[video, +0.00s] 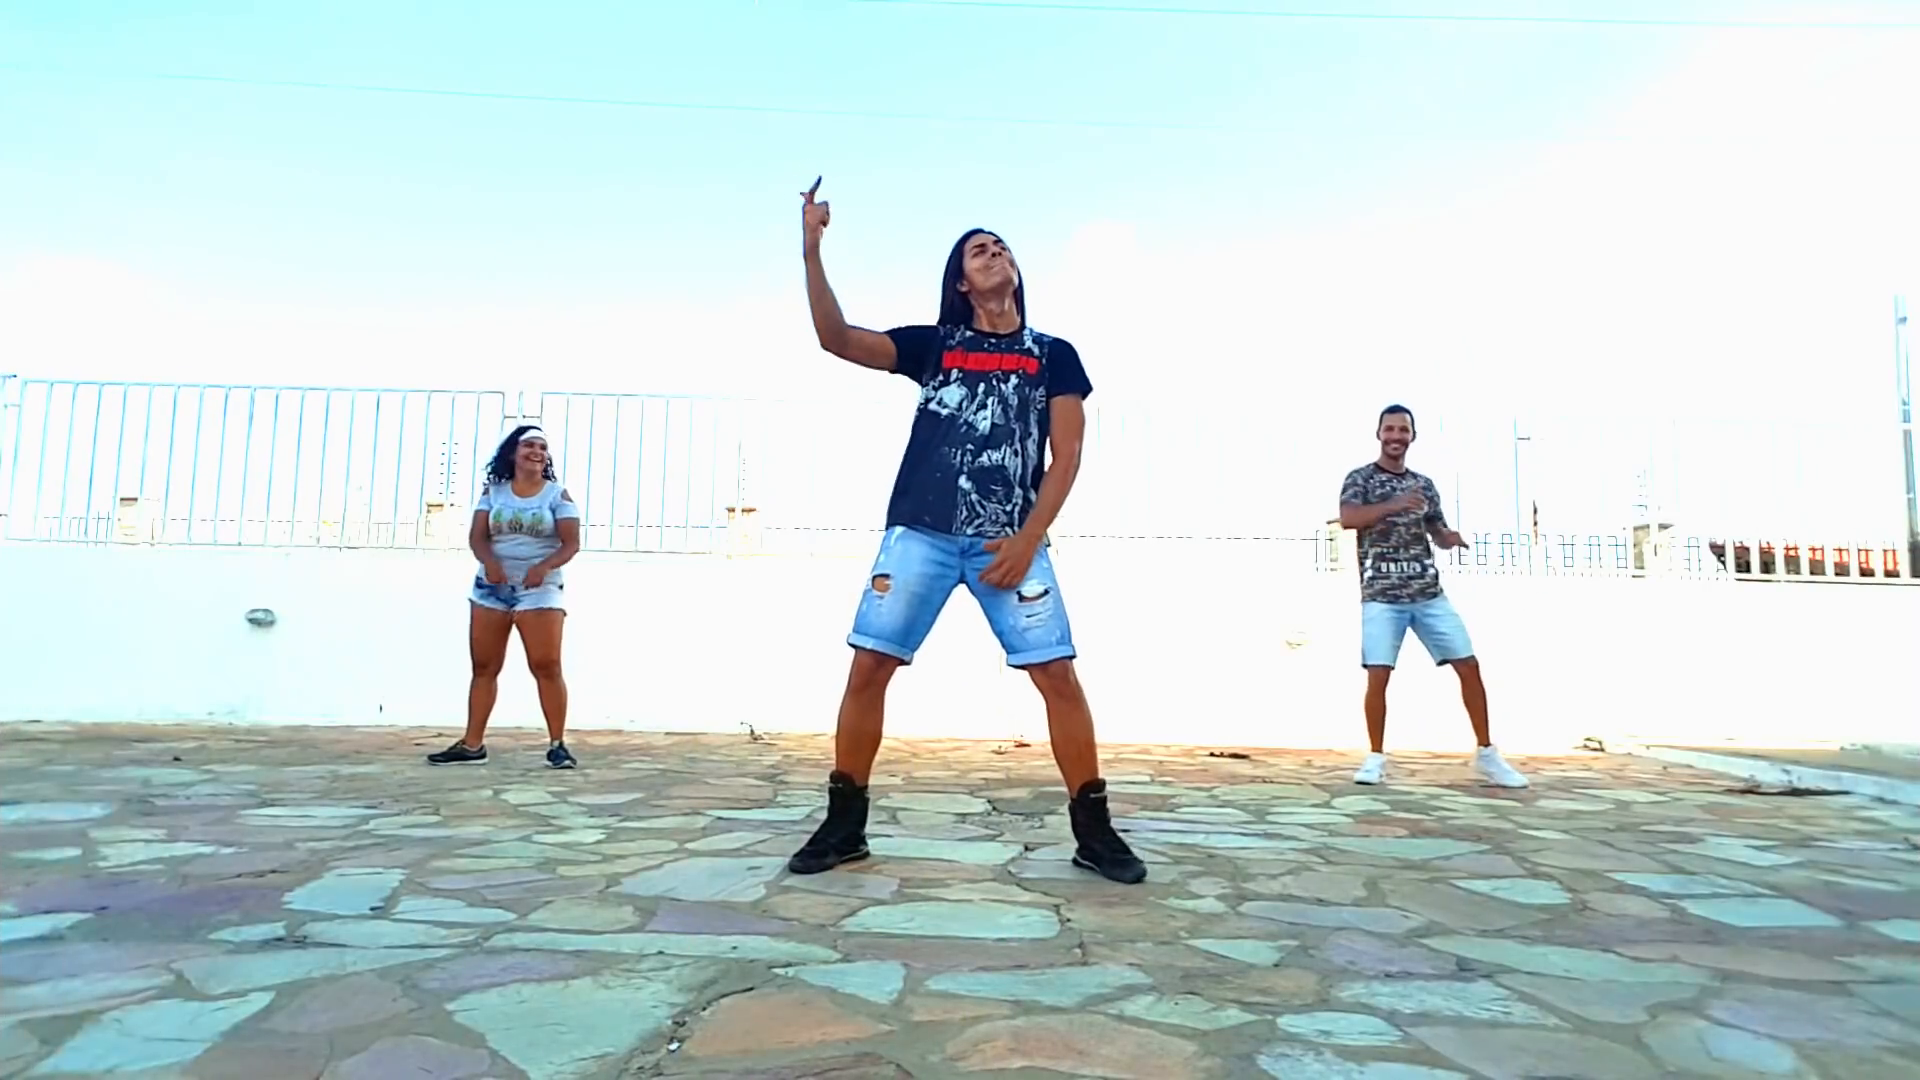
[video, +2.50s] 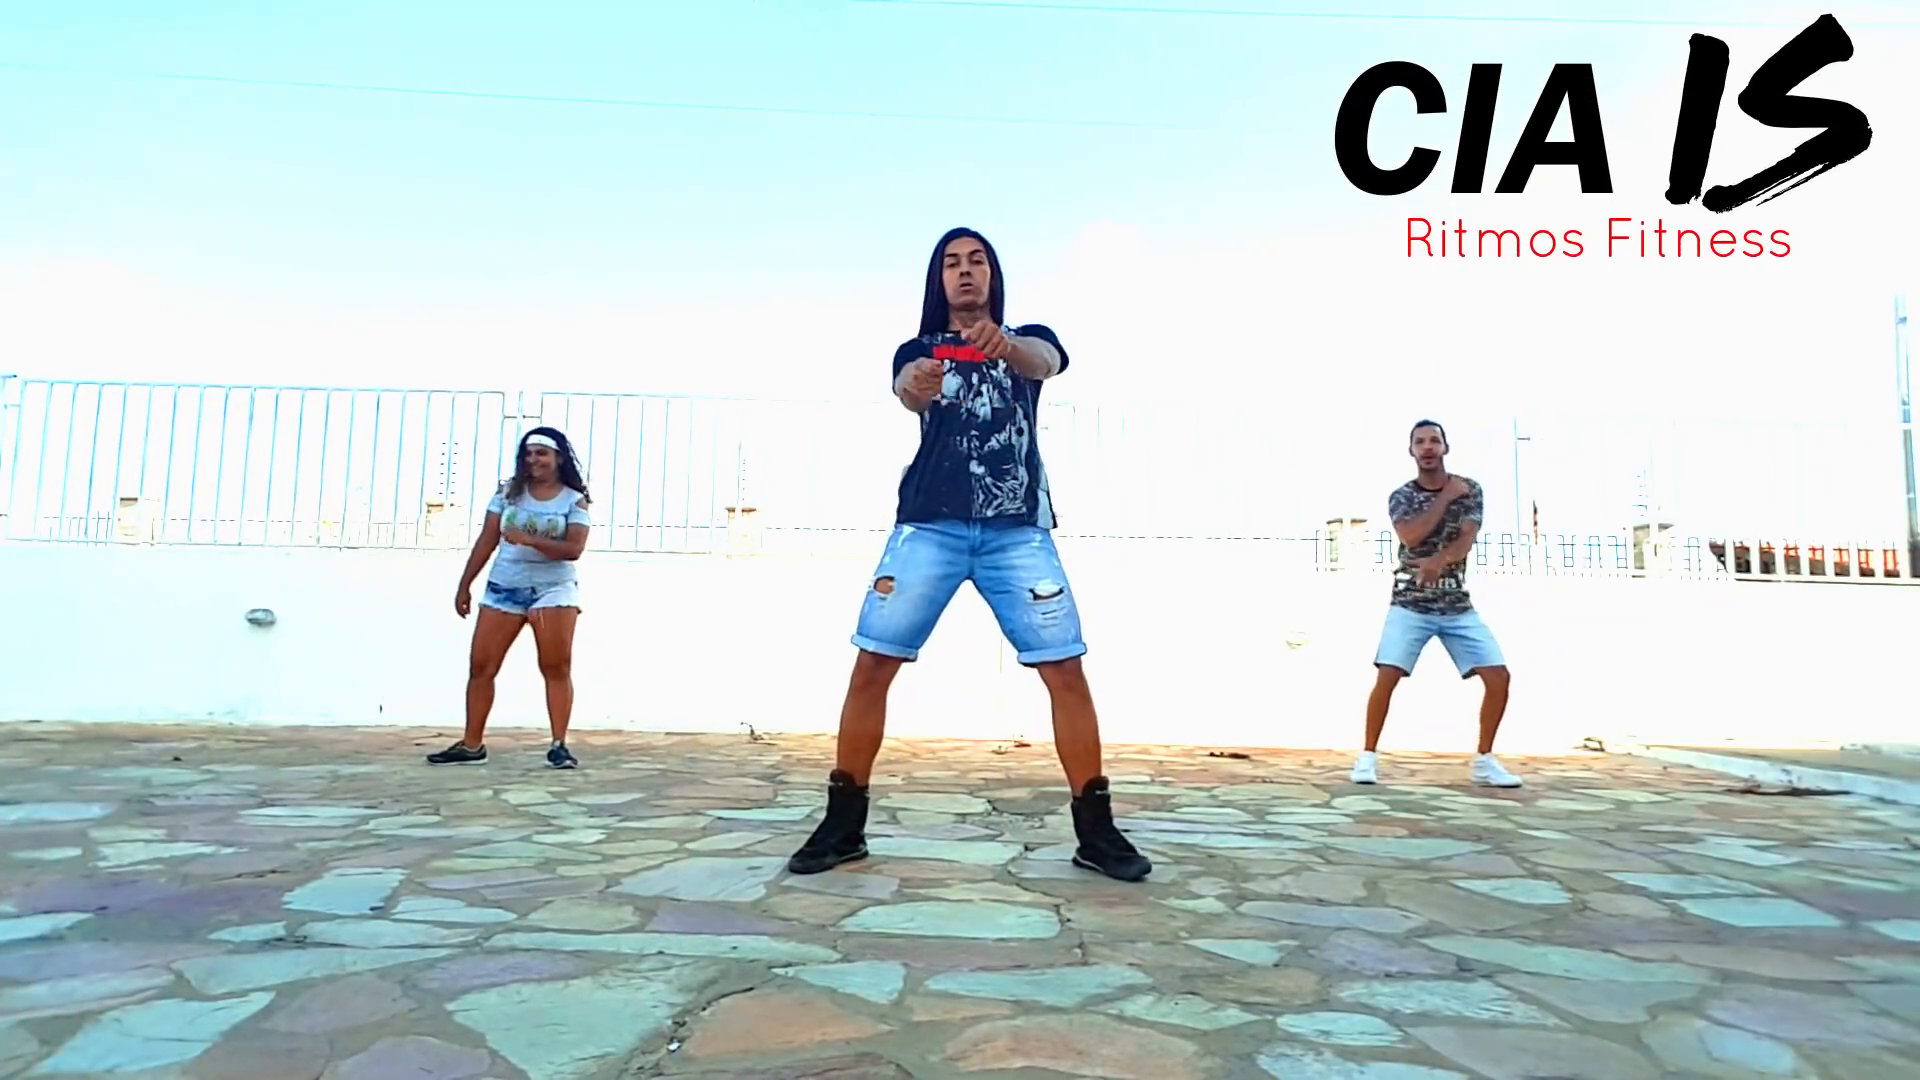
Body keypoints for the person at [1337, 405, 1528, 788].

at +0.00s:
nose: (1396, 436)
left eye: (1403, 430)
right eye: (1389, 429)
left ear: (1412, 437)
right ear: (1378, 435)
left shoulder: (1423, 484)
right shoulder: (1359, 479)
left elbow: (1438, 533)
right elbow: (1349, 518)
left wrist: (1451, 537)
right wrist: (1394, 504)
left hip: (1428, 594)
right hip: (1382, 596)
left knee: (1468, 665)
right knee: (1378, 674)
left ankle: (1486, 753)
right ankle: (1375, 757)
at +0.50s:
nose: (1374, 432)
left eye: (1377, 425)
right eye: (1365, 427)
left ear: (1383, 429)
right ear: (1349, 434)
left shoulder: (1397, 471)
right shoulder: (1332, 484)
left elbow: (1426, 513)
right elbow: (1311, 530)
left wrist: (1432, 483)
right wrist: (1331, 572)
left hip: (1412, 586)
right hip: (1369, 594)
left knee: (1472, 636)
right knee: (1374, 674)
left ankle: (1521, 722)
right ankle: (1374, 756)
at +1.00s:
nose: (1346, 449)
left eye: (1351, 442)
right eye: (1345, 443)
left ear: (1375, 443)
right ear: (1360, 447)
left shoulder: (1421, 477)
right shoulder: (1355, 487)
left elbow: (1450, 518)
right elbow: (1341, 519)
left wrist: (1438, 558)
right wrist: (1359, 473)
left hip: (1426, 595)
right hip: (1377, 600)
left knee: (1458, 675)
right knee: (1370, 676)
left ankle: (1482, 755)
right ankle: (1374, 756)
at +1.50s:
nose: (1449, 450)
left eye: (1456, 443)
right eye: (1442, 443)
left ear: (1467, 450)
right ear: (1433, 449)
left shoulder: (1484, 490)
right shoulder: (1412, 498)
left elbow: (1527, 530)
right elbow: (1389, 541)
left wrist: (1502, 508)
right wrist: (1410, 568)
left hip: (1480, 606)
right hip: (1434, 606)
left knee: (1508, 679)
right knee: (1414, 676)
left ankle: (1486, 761)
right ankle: (1380, 755)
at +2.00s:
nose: (1477, 442)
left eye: (1485, 437)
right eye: (1470, 436)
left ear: (1494, 448)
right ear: (1459, 445)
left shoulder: (1499, 501)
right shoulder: (1436, 485)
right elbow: (1460, 515)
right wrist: (1486, 483)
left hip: (1484, 604)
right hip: (1434, 602)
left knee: (1503, 673)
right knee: (1404, 666)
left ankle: (1485, 760)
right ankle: (1384, 755)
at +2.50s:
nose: (1428, 448)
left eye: (1434, 441)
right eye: (1421, 442)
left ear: (1446, 449)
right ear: (1411, 450)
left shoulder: (1468, 489)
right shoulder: (1401, 496)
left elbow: (1466, 541)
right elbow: (1409, 535)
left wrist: (1439, 559)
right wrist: (1445, 498)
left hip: (1456, 606)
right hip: (1409, 604)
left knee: (1498, 677)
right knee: (1387, 675)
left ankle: (1484, 760)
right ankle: (1368, 756)